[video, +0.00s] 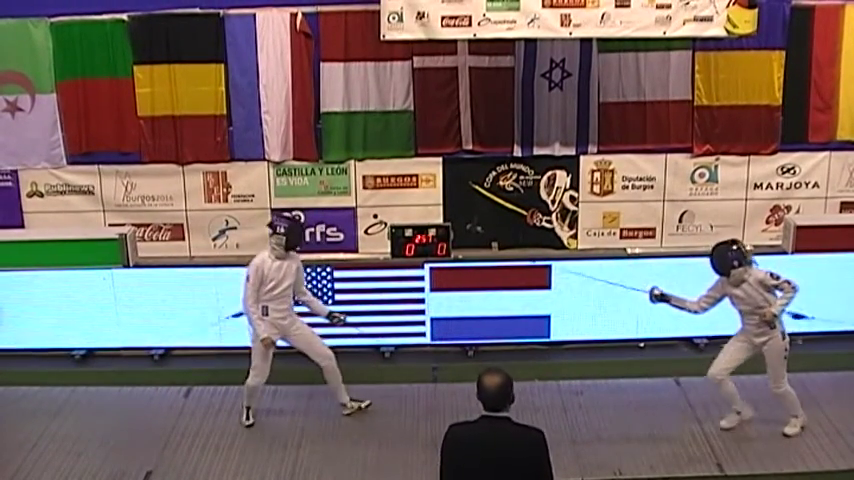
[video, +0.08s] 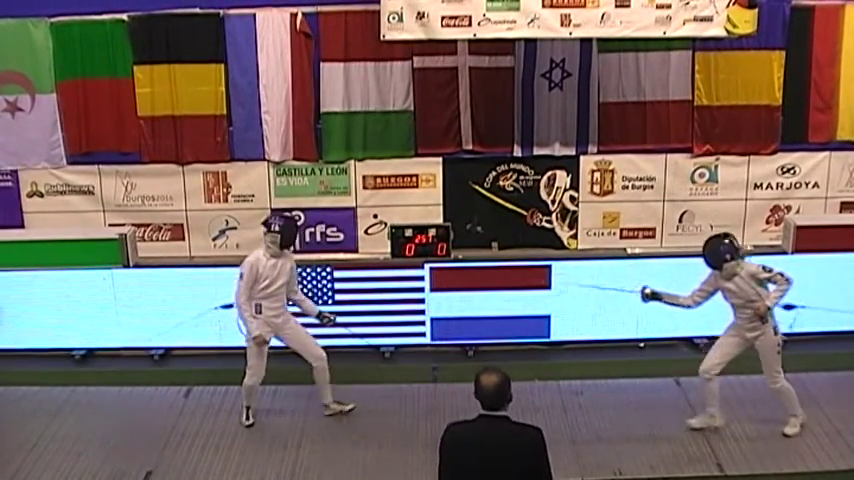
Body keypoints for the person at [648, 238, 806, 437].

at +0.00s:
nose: (729, 278)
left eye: (731, 273)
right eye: (727, 274)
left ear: (741, 266)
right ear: (724, 270)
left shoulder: (758, 277)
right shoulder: (724, 284)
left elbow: (790, 289)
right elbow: (698, 307)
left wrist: (775, 310)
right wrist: (666, 298)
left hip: (773, 336)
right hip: (747, 336)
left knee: (779, 386)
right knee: (717, 374)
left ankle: (798, 418)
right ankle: (740, 410)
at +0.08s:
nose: (723, 272)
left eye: (725, 266)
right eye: (720, 268)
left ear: (733, 259)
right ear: (717, 265)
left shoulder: (750, 270)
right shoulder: (716, 278)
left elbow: (784, 282)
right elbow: (691, 301)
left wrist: (768, 304)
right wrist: (657, 296)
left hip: (765, 330)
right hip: (739, 329)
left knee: (776, 382)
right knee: (707, 371)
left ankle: (796, 417)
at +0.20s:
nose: (710, 272)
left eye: (711, 267)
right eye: (706, 268)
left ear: (718, 262)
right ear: (703, 267)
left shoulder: (736, 273)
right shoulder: (701, 281)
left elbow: (769, 285)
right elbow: (673, 300)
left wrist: (753, 306)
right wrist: (639, 296)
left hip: (752, 333)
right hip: (725, 333)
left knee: (770, 382)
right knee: (692, 374)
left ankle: (793, 417)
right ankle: (668, 416)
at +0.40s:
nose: (681, 278)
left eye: (683, 273)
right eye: (677, 274)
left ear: (693, 267)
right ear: (674, 272)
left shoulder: (708, 278)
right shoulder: (673, 287)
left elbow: (740, 291)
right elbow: (645, 306)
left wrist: (724, 311)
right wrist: (612, 299)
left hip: (725, 335)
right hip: (698, 336)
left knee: (754, 380)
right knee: (667, 374)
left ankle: (786, 413)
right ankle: (662, 420)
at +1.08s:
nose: (698, 272)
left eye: (698, 267)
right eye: (696, 269)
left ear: (706, 261)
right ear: (693, 267)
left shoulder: (726, 271)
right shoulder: (691, 281)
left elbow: (758, 278)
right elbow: (668, 303)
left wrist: (746, 301)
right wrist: (634, 302)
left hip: (742, 329)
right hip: (715, 330)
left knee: (762, 379)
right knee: (684, 370)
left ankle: (789, 411)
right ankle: (678, 415)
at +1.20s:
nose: (713, 280)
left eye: (713, 275)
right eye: (710, 276)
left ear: (720, 269)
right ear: (707, 274)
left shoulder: (740, 281)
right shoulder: (704, 289)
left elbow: (763, 299)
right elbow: (691, 316)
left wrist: (751, 320)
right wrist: (659, 315)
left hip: (751, 339)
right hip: (723, 338)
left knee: (769, 390)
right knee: (687, 374)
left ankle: (799, 411)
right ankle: (678, 415)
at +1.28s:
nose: (721, 281)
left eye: (722, 276)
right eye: (718, 278)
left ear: (729, 268)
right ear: (715, 274)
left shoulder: (750, 281)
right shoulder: (716, 290)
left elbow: (779, 295)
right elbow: (708, 317)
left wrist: (764, 316)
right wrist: (676, 319)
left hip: (761, 340)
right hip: (733, 339)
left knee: (774, 391)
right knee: (696, 376)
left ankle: (800, 413)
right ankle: (679, 416)